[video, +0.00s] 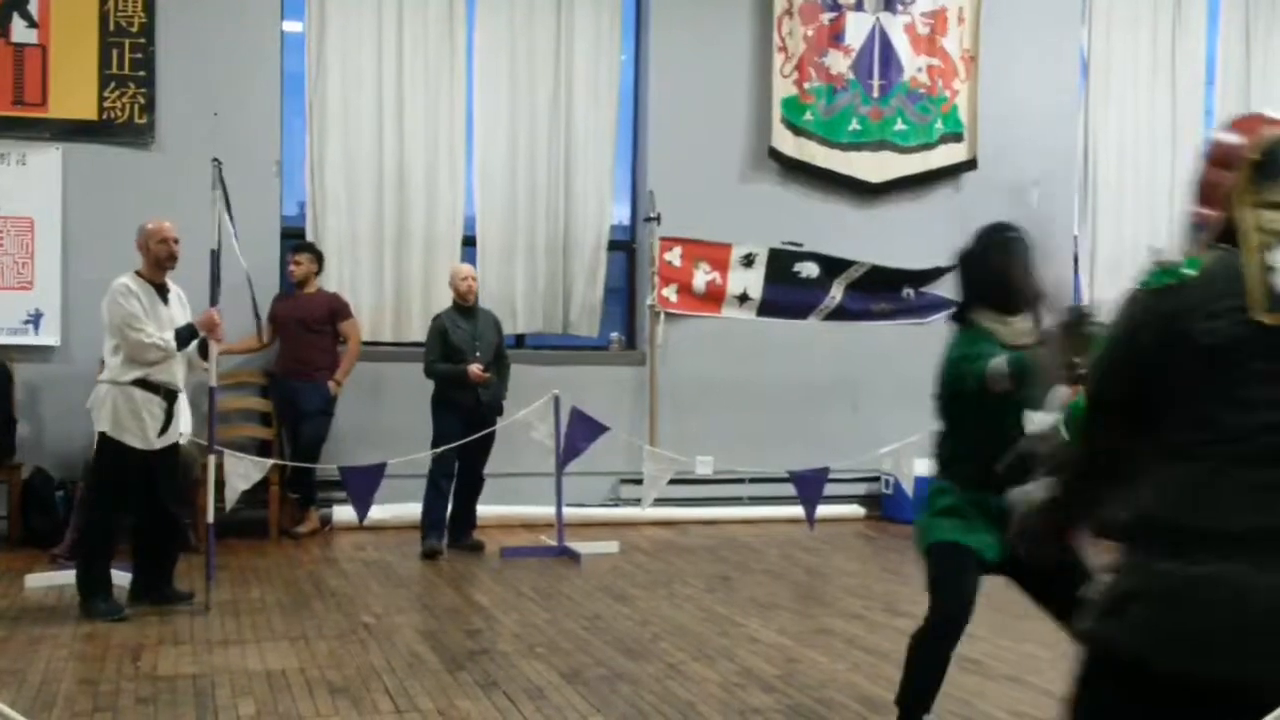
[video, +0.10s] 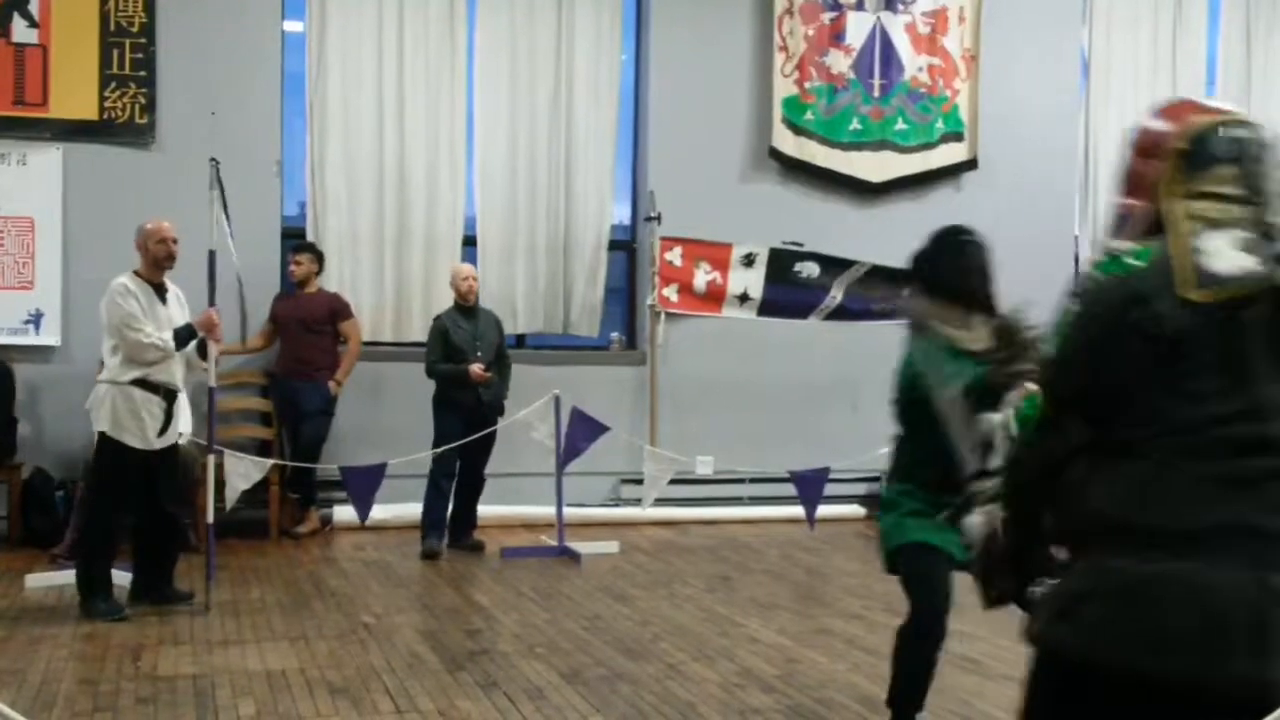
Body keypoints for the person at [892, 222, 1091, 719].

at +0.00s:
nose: (1027, 276)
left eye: (1026, 265)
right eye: (1015, 267)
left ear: (1031, 272)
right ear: (990, 276)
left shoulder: (1035, 340)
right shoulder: (968, 350)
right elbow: (1003, 377)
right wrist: (1055, 349)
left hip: (1023, 514)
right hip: (962, 510)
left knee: (1098, 616)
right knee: (949, 612)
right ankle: (910, 712)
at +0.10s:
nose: (974, 286)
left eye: (975, 276)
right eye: (965, 276)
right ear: (949, 280)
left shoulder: (995, 340)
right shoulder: (927, 350)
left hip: (977, 501)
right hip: (918, 503)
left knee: (1050, 595)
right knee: (930, 609)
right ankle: (903, 710)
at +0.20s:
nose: (943, 278)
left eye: (942, 268)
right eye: (933, 269)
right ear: (914, 278)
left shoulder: (960, 349)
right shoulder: (881, 356)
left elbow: (999, 396)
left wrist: (987, 412)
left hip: (945, 500)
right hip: (888, 502)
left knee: (1001, 608)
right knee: (906, 612)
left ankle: (930, 657)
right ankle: (897, 708)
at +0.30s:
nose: (890, 279)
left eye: (899, 268)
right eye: (882, 268)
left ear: (911, 270)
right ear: (863, 268)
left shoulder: (929, 334)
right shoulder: (843, 337)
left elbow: (954, 391)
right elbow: (827, 407)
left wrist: (927, 417)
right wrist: (874, 420)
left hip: (920, 497)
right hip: (859, 496)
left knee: (937, 605)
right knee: (874, 618)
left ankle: (861, 669)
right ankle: (874, 705)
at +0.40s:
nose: (866, 263)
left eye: (874, 251)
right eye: (856, 251)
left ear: (886, 258)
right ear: (837, 257)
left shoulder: (903, 325)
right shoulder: (816, 329)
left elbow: (916, 387)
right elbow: (804, 397)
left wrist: (881, 418)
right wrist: (841, 429)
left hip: (879, 480)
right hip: (817, 479)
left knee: (898, 587)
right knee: (814, 586)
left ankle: (845, 683)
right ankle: (808, 687)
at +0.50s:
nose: (828, 267)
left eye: (832, 256)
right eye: (822, 256)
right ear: (833, 263)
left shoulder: (873, 325)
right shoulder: (783, 329)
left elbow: (881, 384)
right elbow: (779, 385)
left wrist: (850, 421)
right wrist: (808, 425)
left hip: (845, 484)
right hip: (778, 477)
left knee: (863, 590)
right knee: (736, 577)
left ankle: (836, 693)